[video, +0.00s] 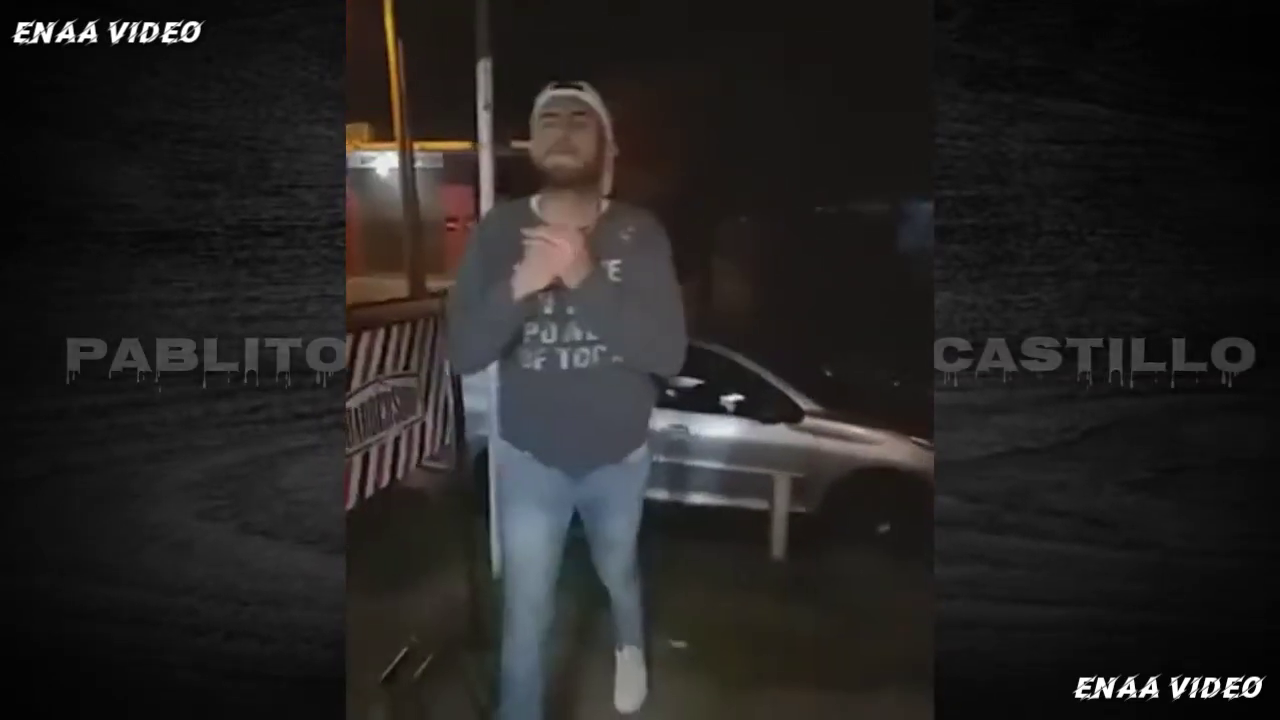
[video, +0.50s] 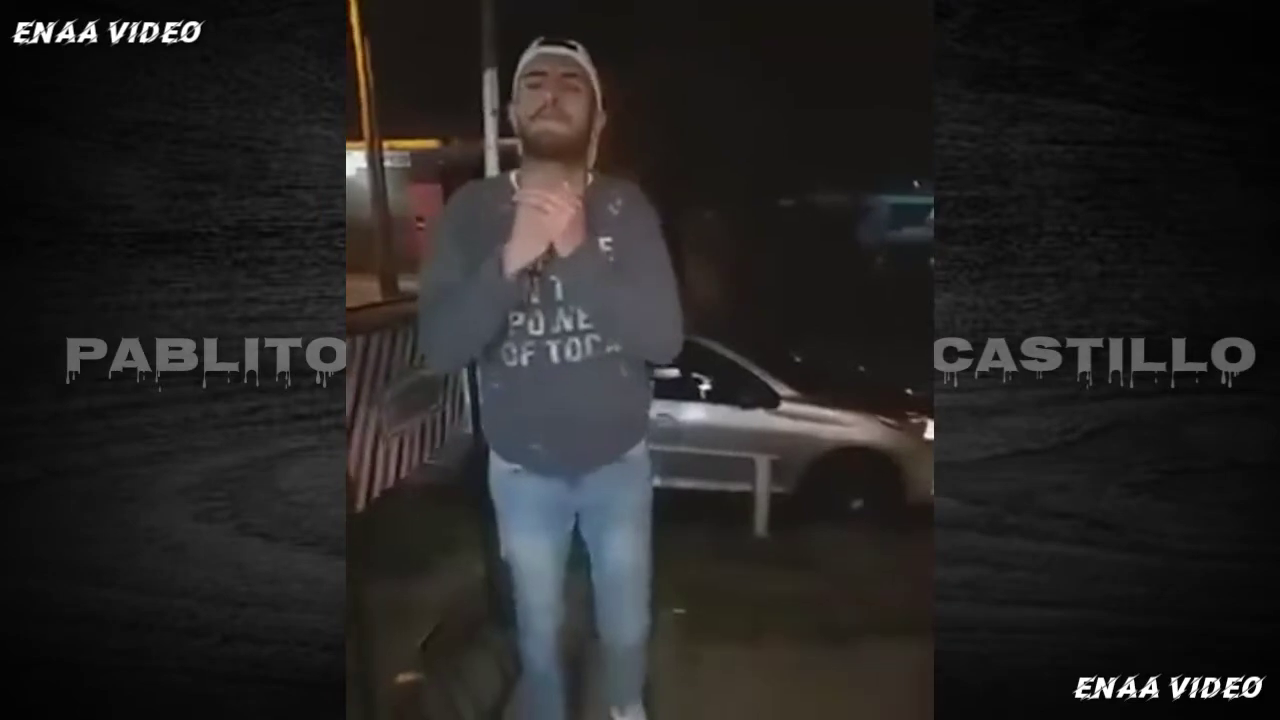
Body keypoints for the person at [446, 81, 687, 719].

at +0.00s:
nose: (562, 132)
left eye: (579, 121)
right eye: (548, 122)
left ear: (605, 143)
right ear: (529, 142)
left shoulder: (636, 231)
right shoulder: (501, 227)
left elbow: (667, 353)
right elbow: (463, 352)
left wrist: (586, 279)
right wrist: (522, 283)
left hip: (617, 453)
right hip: (527, 452)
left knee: (618, 572)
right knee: (525, 608)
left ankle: (630, 653)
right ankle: (518, 712)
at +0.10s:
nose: (540, 120)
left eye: (558, 110)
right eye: (527, 111)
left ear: (586, 135)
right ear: (511, 136)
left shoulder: (618, 224)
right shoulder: (475, 223)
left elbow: (650, 348)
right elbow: (444, 350)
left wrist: (565, 276)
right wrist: (500, 279)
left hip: (602, 456)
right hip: (511, 457)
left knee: (604, 577)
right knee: (512, 610)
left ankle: (619, 645)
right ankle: (511, 711)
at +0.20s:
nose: (542, 114)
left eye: (560, 104)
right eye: (528, 104)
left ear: (589, 131)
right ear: (511, 130)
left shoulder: (621, 219)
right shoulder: (480, 220)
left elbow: (654, 347)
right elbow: (444, 352)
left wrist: (566, 270)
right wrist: (501, 274)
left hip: (608, 459)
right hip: (516, 462)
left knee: (614, 591)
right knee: (525, 617)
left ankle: (627, 643)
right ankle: (527, 712)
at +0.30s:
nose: (538, 106)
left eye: (556, 96)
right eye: (523, 96)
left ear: (584, 125)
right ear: (504, 124)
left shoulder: (616, 212)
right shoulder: (471, 216)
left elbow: (652, 343)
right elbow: (433, 350)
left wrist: (563, 259)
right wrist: (498, 266)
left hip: (609, 456)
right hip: (516, 460)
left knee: (616, 605)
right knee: (533, 620)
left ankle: (627, 646)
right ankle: (536, 710)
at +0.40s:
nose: (545, 101)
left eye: (564, 91)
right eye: (529, 91)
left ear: (591, 121)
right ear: (508, 121)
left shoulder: (621, 210)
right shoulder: (470, 213)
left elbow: (660, 341)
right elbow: (434, 349)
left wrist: (571, 256)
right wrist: (505, 263)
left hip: (617, 460)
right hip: (520, 465)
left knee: (623, 623)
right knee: (538, 631)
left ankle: (628, 673)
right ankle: (543, 709)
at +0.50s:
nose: (551, 92)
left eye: (570, 83)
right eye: (534, 82)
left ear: (597, 114)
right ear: (513, 110)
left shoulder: (622, 204)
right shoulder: (472, 209)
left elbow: (663, 338)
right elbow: (441, 347)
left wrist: (578, 253)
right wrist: (513, 258)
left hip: (618, 459)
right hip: (521, 464)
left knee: (626, 628)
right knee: (539, 637)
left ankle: (626, 710)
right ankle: (543, 714)